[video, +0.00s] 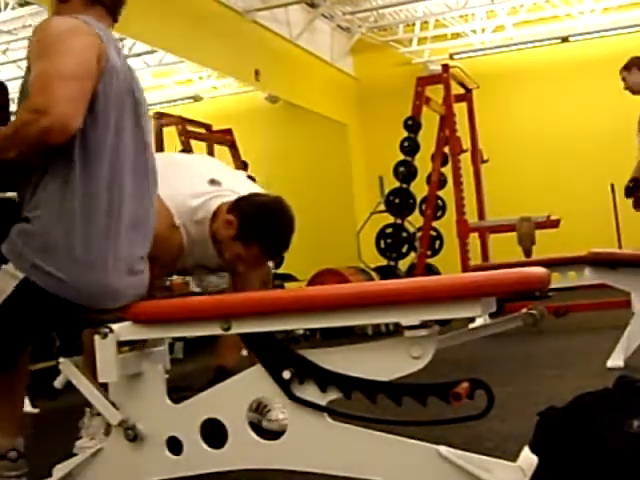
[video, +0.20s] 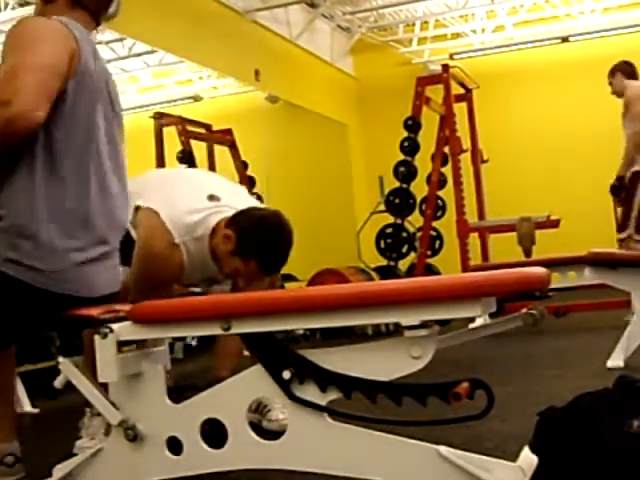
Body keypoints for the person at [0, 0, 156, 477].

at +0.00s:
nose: (49, 7)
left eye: (55, 3)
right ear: (110, 8)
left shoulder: (67, 30)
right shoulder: (119, 63)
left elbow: (54, 120)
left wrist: (3, 150)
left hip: (67, 267)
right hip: (119, 271)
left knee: (7, 348)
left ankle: (8, 450)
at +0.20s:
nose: (33, 2)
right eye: (113, 12)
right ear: (99, 8)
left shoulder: (44, 31)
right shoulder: (94, 59)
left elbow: (22, 111)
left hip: (37, 269)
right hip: (94, 270)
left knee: (3, 348)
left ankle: (7, 449)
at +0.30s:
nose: (36, 3)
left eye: (42, 0)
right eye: (116, 9)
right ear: (102, 7)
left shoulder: (47, 31)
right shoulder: (105, 64)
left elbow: (14, 114)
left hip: (30, 273)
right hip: (87, 274)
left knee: (3, 357)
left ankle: (8, 448)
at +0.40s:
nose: (46, 9)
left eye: (49, 5)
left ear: (59, 1)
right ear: (109, 13)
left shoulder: (48, 37)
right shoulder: (117, 80)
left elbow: (10, 122)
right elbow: (106, 172)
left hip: (26, 273)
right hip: (90, 275)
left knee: (1, 352)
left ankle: (7, 449)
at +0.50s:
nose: (48, 11)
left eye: (51, 7)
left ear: (61, 4)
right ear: (112, 16)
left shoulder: (50, 41)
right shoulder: (128, 87)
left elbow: (16, 130)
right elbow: (121, 177)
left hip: (32, 271)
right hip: (105, 276)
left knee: (8, 360)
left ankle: (7, 450)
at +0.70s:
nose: (29, 8)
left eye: (32, 5)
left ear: (41, 2)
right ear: (99, 9)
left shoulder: (37, 31)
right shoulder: (126, 75)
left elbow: (13, 119)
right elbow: (157, 157)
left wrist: (12, 177)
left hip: (40, 265)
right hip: (117, 274)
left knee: (13, 364)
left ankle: (6, 450)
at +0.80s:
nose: (20, 7)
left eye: (22, 4)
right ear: (90, 5)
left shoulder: (32, 31)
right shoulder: (122, 69)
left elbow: (13, 121)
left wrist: (14, 177)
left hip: (49, 264)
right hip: (123, 270)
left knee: (13, 357)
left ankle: (7, 449)